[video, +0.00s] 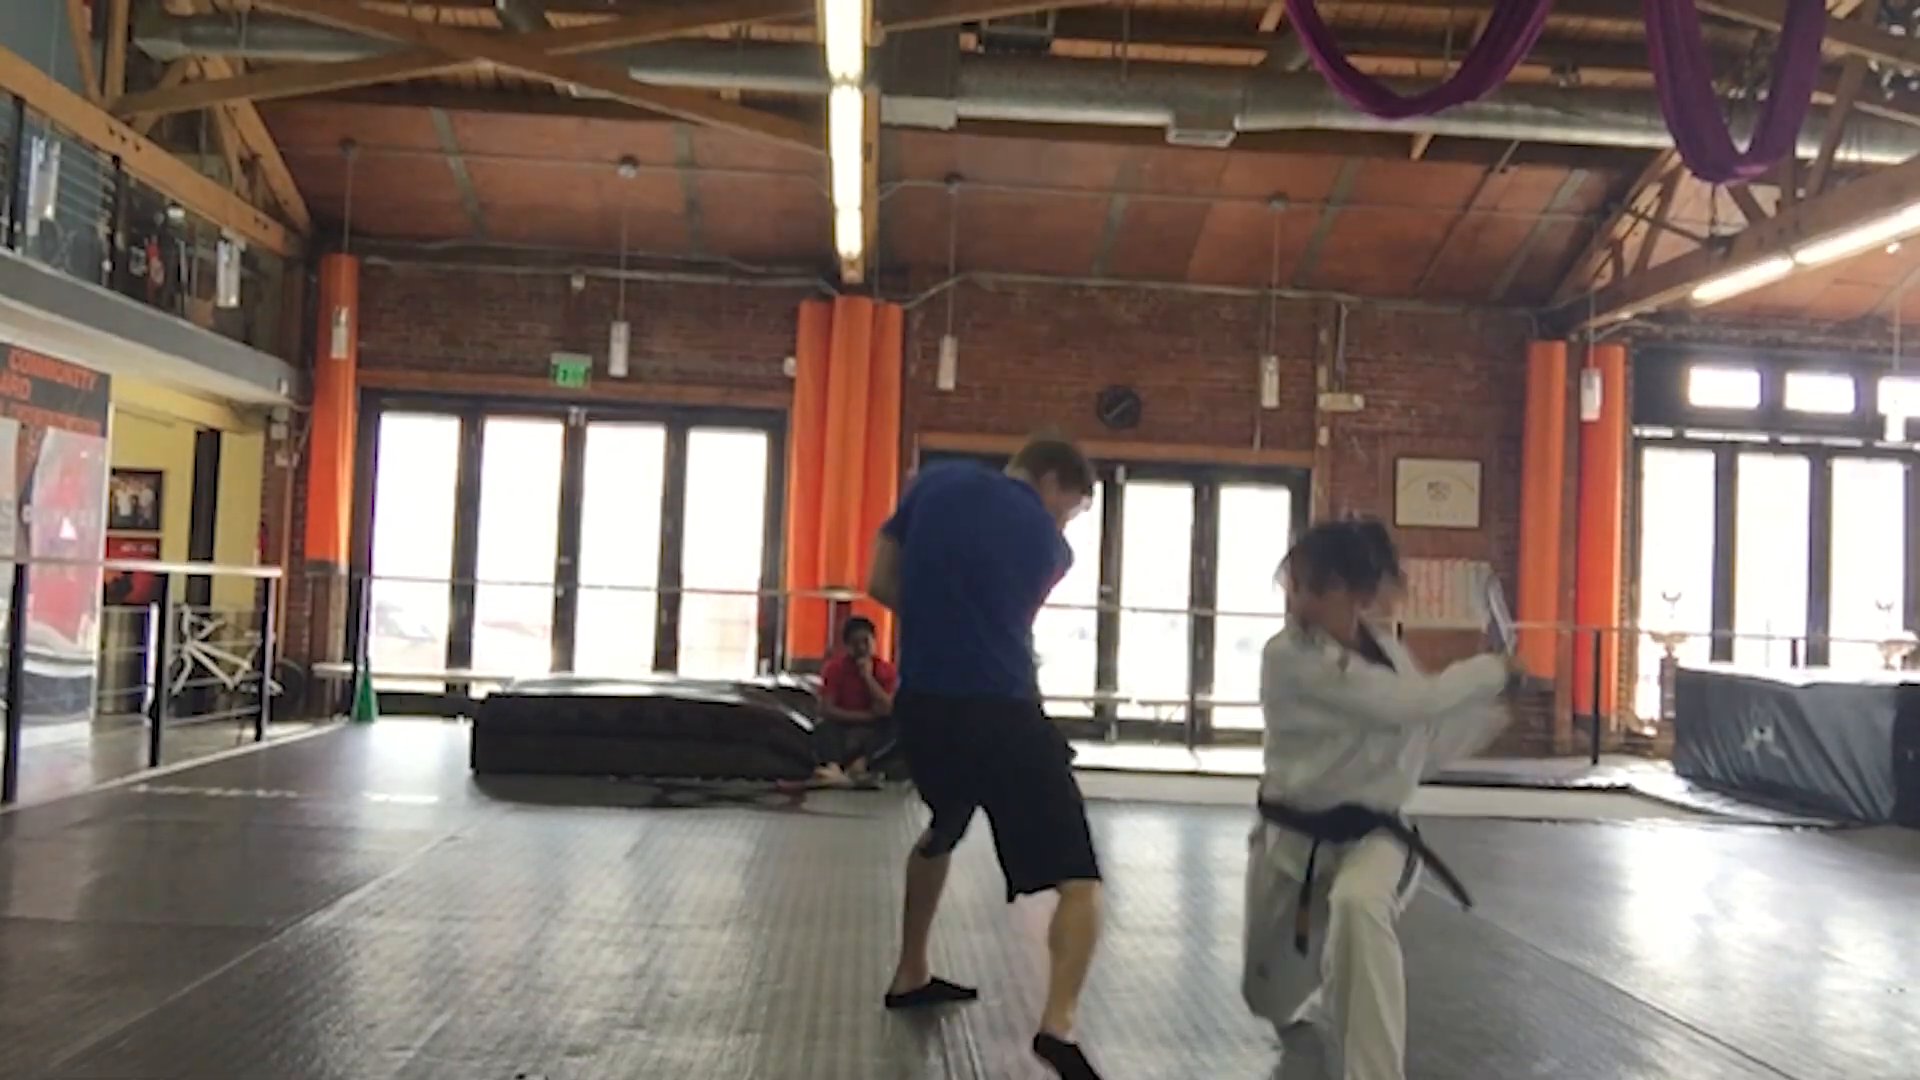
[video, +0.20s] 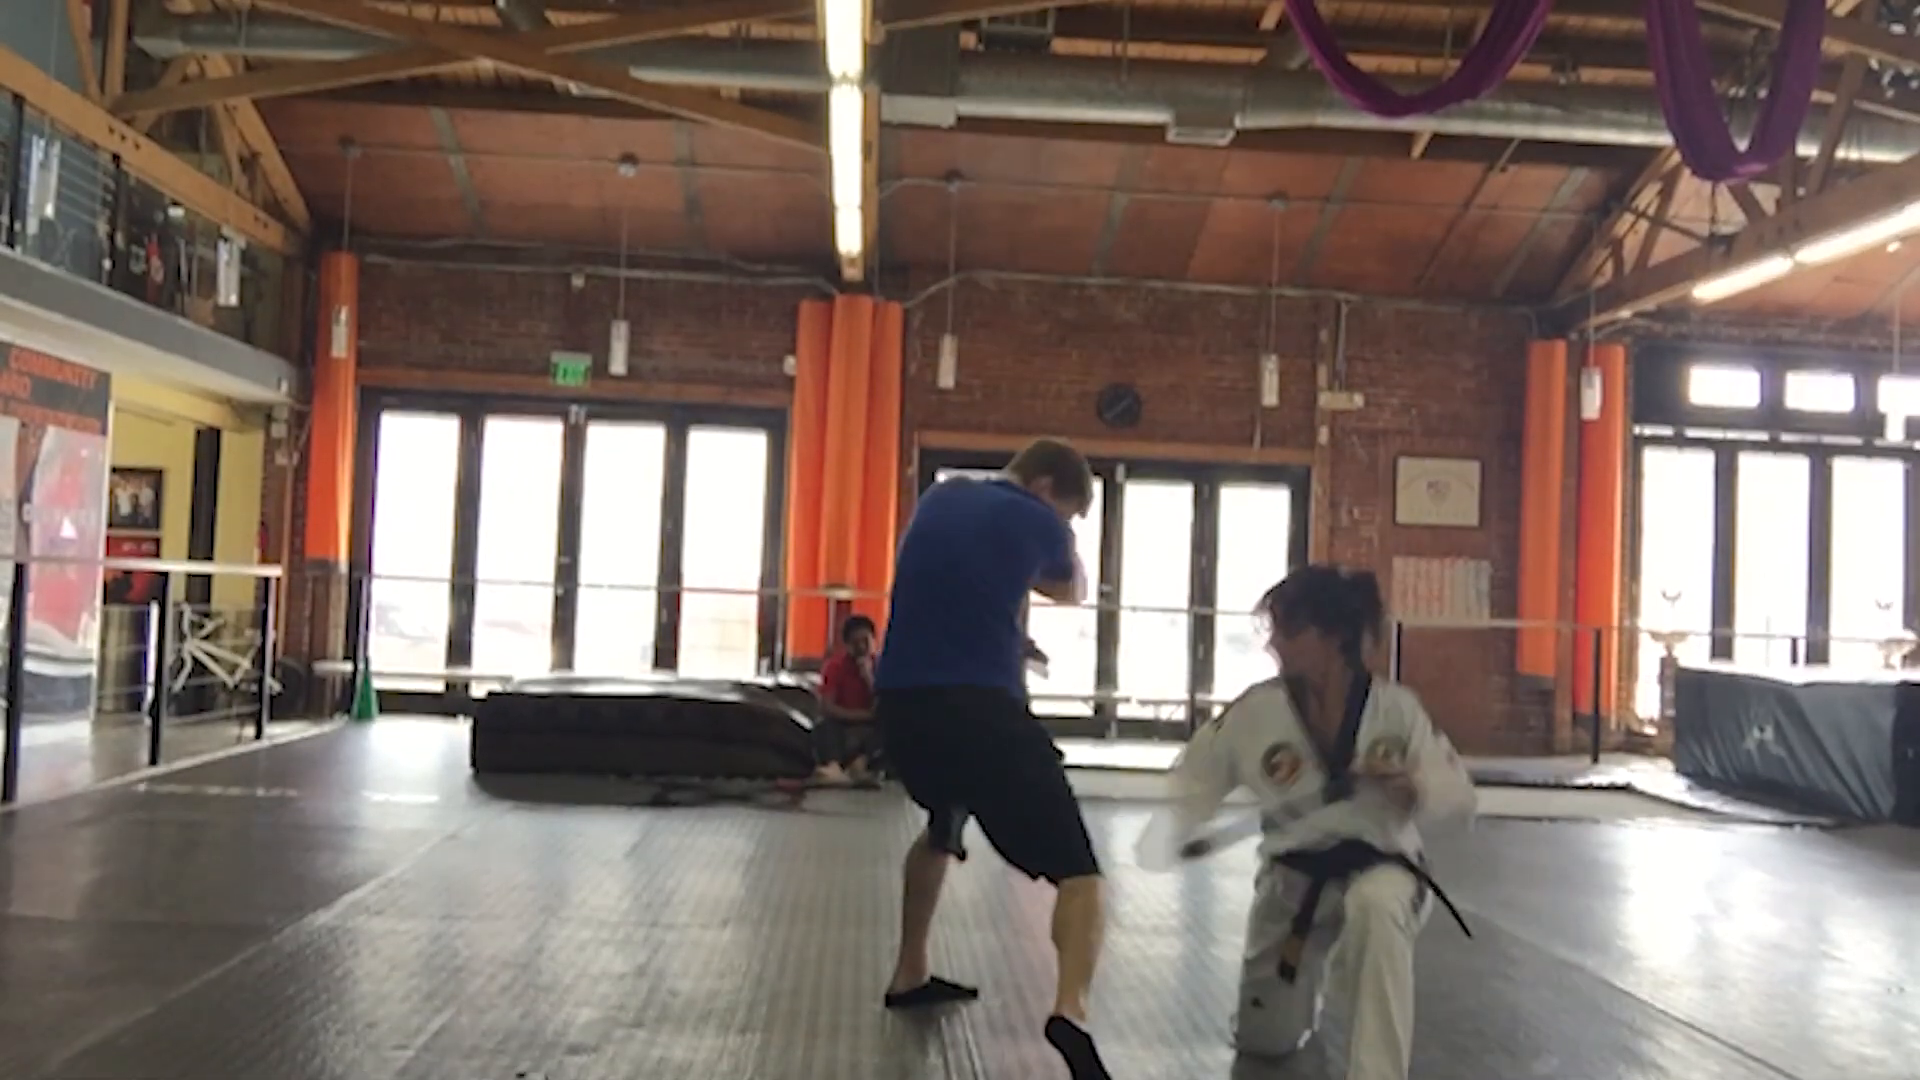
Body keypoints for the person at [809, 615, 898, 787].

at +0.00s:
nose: (861, 648)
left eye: (865, 641)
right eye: (855, 643)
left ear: (873, 641)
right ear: (846, 646)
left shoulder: (885, 669)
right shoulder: (834, 668)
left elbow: (886, 708)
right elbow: (826, 709)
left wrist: (868, 676)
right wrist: (868, 715)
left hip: (873, 723)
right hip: (841, 723)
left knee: (895, 728)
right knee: (824, 728)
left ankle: (861, 765)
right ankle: (833, 767)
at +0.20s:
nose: (861, 646)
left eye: (865, 640)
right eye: (856, 642)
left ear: (872, 640)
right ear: (847, 643)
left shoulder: (878, 665)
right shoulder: (835, 666)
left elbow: (882, 701)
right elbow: (827, 707)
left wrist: (868, 675)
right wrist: (866, 714)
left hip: (869, 722)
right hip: (841, 722)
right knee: (826, 727)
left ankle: (860, 763)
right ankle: (832, 766)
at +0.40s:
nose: (861, 646)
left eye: (865, 640)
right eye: (855, 642)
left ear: (873, 640)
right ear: (847, 644)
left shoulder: (879, 665)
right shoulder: (835, 666)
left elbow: (886, 702)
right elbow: (826, 707)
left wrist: (868, 675)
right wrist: (867, 714)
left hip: (870, 721)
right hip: (841, 721)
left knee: (889, 723)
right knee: (824, 725)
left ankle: (862, 762)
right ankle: (832, 764)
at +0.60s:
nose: (861, 644)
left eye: (865, 638)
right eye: (855, 639)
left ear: (872, 638)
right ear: (846, 642)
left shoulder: (884, 665)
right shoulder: (835, 665)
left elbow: (888, 704)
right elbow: (827, 705)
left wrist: (868, 673)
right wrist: (869, 711)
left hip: (873, 722)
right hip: (842, 721)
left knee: (892, 725)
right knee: (825, 724)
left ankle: (861, 760)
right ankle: (832, 763)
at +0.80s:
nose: (861, 646)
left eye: (865, 639)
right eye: (855, 641)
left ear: (873, 639)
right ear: (847, 643)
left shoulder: (885, 667)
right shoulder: (834, 666)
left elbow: (888, 705)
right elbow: (827, 706)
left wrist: (868, 675)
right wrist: (869, 713)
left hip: (873, 722)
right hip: (842, 722)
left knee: (893, 722)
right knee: (826, 724)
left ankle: (862, 762)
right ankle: (832, 763)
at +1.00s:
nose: (861, 647)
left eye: (865, 640)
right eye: (855, 642)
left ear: (873, 639)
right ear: (846, 643)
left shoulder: (884, 667)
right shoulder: (834, 666)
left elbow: (891, 705)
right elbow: (827, 708)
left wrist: (868, 677)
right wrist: (870, 713)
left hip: (874, 721)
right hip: (842, 721)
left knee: (897, 725)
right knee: (826, 725)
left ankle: (861, 763)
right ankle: (832, 765)